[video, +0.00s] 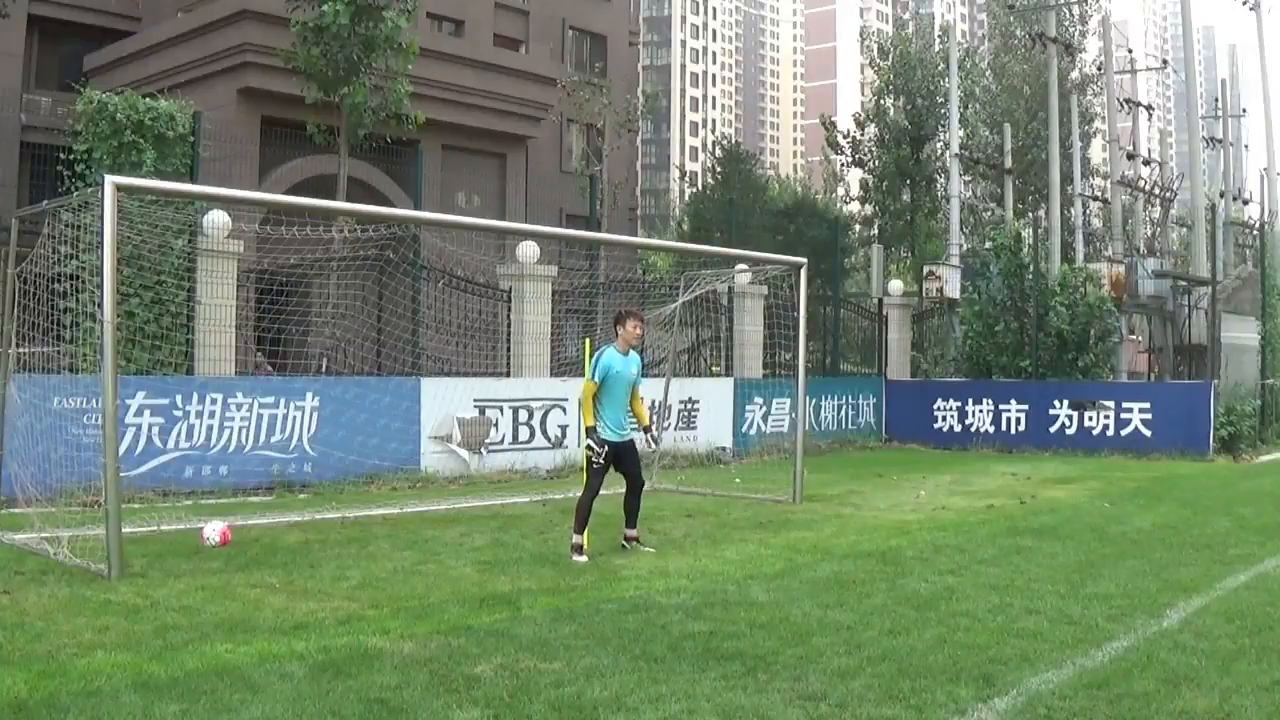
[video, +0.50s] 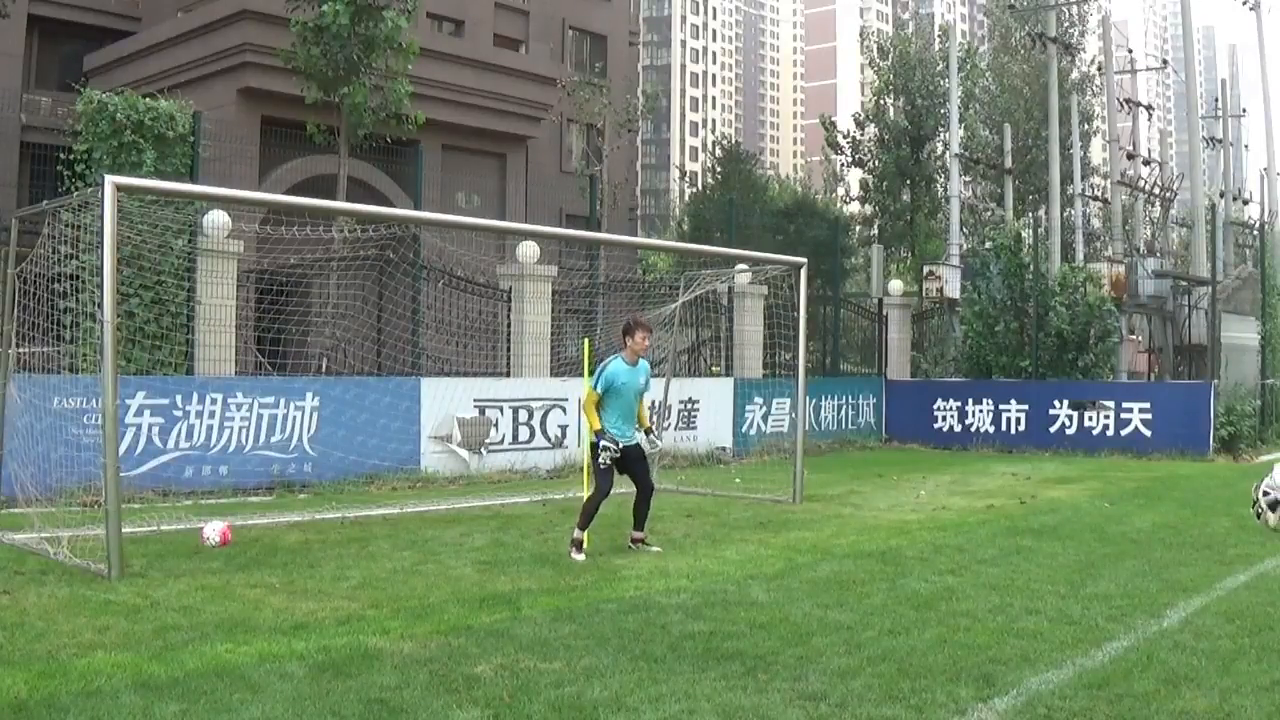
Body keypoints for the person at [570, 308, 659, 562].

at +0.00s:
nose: (639, 332)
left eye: (641, 328)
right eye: (634, 327)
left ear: (640, 332)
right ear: (620, 330)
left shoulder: (635, 360)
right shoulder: (604, 357)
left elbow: (635, 398)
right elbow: (587, 394)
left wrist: (646, 426)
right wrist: (590, 431)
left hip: (624, 437)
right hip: (602, 436)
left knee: (636, 483)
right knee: (591, 490)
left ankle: (631, 537)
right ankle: (577, 542)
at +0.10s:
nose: (639, 334)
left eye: (641, 330)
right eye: (634, 330)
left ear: (641, 333)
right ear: (620, 332)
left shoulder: (636, 360)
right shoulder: (605, 359)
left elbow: (628, 397)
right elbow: (585, 395)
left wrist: (633, 426)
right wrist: (590, 432)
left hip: (621, 437)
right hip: (598, 436)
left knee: (640, 479)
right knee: (590, 489)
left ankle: (634, 533)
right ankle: (577, 542)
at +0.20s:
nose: (640, 336)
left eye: (641, 332)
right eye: (635, 332)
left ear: (641, 335)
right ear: (620, 334)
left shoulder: (637, 361)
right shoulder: (605, 362)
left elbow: (628, 396)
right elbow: (585, 397)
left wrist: (633, 426)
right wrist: (591, 434)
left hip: (621, 437)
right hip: (598, 438)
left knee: (638, 481)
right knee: (592, 489)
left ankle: (637, 535)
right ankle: (577, 543)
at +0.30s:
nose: (642, 338)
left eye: (644, 333)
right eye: (637, 333)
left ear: (643, 336)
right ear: (623, 335)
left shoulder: (641, 362)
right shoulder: (607, 364)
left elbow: (636, 398)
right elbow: (588, 400)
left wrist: (638, 428)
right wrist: (593, 435)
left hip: (626, 439)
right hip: (603, 439)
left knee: (635, 486)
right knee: (596, 490)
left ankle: (636, 537)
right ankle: (578, 541)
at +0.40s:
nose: (645, 338)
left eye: (646, 333)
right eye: (641, 333)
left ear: (645, 336)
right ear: (626, 335)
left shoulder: (644, 363)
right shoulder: (609, 363)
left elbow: (639, 399)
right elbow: (591, 400)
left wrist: (644, 429)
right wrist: (596, 434)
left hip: (629, 438)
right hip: (605, 437)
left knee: (638, 484)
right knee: (599, 486)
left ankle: (636, 537)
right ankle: (578, 538)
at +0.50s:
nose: (647, 344)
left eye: (648, 339)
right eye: (643, 339)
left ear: (646, 341)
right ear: (628, 340)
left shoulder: (644, 368)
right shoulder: (609, 368)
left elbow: (639, 401)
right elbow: (588, 403)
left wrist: (647, 429)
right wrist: (599, 434)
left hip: (630, 442)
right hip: (605, 440)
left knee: (646, 487)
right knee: (602, 489)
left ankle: (637, 538)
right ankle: (578, 537)